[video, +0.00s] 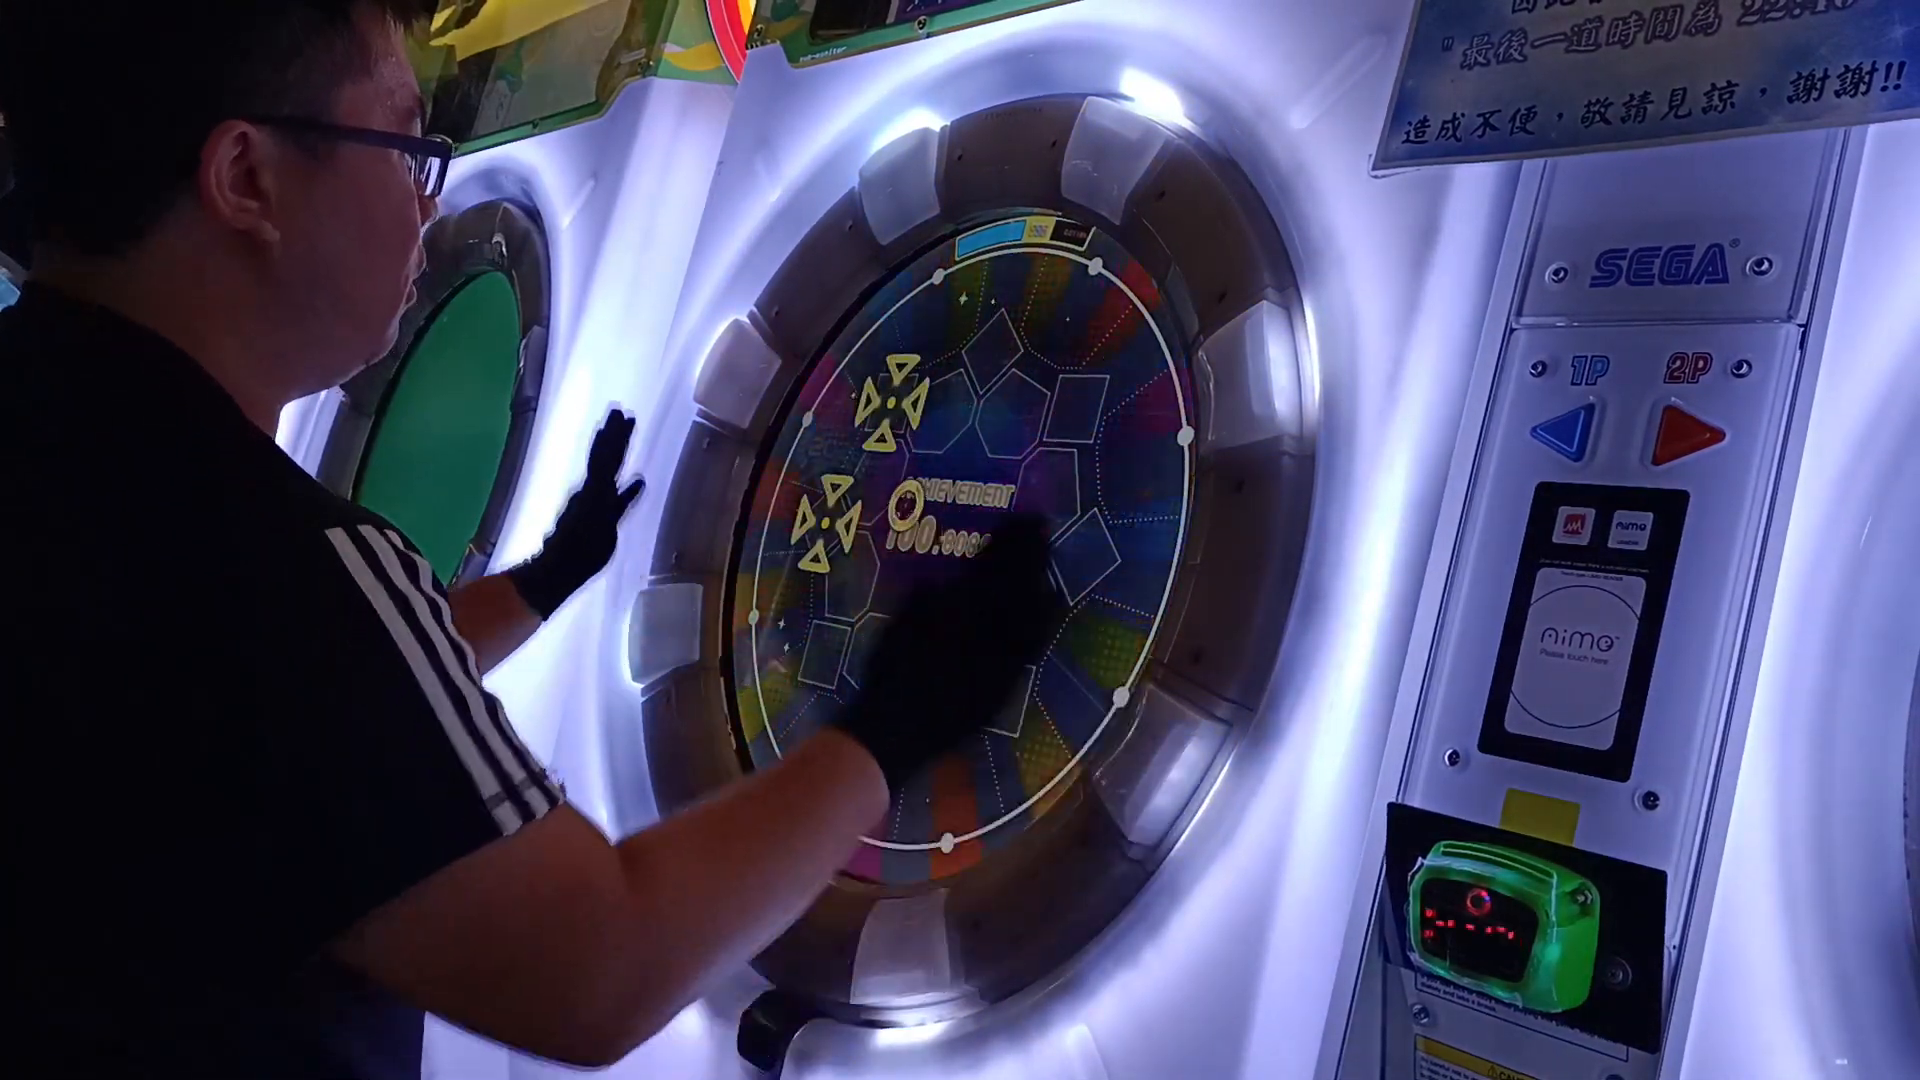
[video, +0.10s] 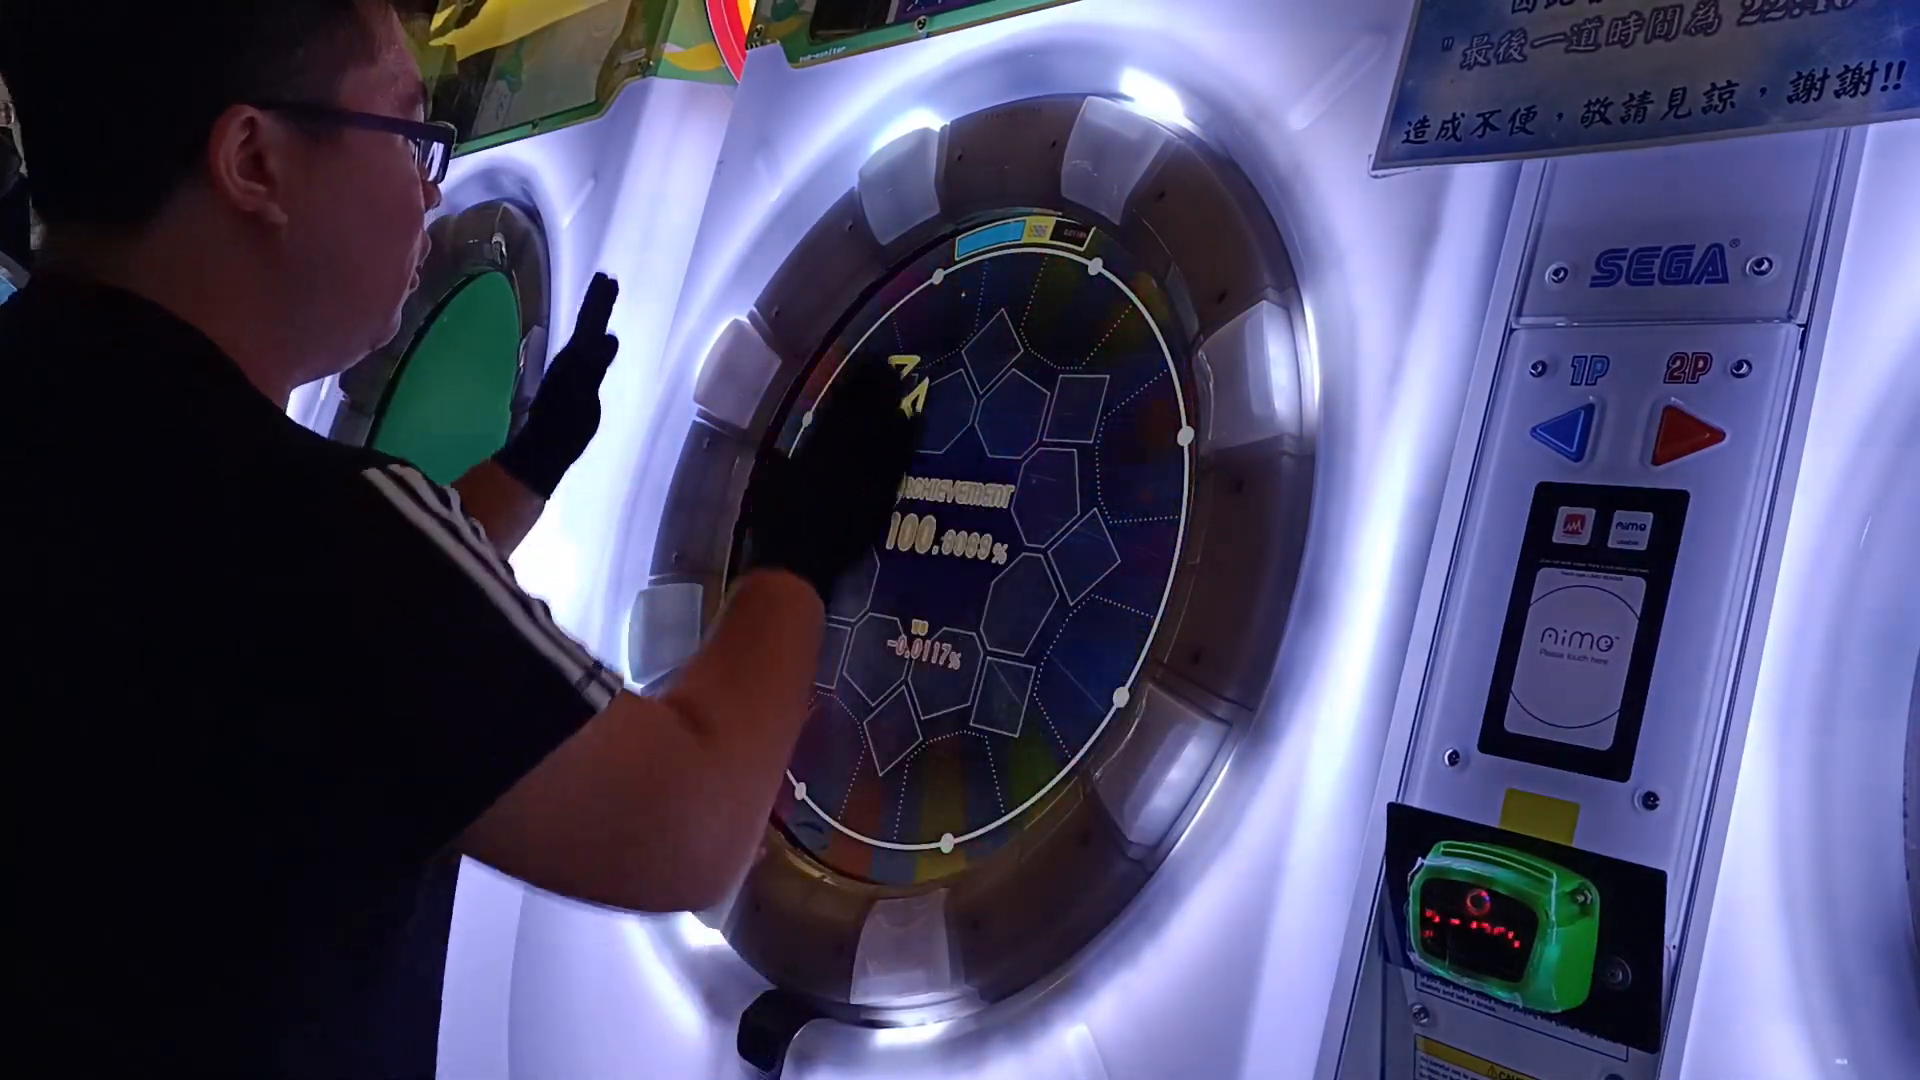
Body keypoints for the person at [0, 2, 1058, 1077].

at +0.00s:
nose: (433, 201)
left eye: (426, 149)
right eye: (408, 148)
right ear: (244, 184)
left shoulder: (29, 418)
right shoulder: (270, 568)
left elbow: (269, 736)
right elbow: (595, 974)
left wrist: (541, 579)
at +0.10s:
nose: (429, 186)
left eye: (419, 138)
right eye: (408, 132)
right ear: (253, 166)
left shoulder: (24, 406)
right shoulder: (315, 534)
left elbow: (292, 707)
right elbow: (684, 833)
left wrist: (527, 464)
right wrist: (798, 559)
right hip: (293, 1044)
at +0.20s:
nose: (441, 190)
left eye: (437, 141)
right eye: (421, 139)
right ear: (268, 167)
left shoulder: (36, 400)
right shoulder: (354, 521)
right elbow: (734, 709)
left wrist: (587, 443)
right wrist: (788, 499)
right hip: (311, 1041)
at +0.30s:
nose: (448, 201)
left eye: (438, 153)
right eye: (425, 149)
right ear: (273, 186)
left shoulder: (25, 414)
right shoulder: (368, 522)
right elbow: (716, 720)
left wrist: (643, 461)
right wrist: (827, 524)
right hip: (331, 1048)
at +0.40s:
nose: (453, 221)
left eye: (445, 172)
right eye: (429, 168)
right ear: (264, 181)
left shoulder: (26, 418)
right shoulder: (332, 532)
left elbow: (327, 703)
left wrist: (574, 506)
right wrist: (836, 627)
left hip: (59, 1041)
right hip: (319, 1055)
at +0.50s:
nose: (458, 219)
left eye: (451, 166)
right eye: (430, 163)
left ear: (251, 178)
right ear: (254, 173)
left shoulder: (53, 402)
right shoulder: (269, 494)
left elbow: (305, 711)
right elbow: (456, 991)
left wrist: (558, 570)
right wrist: (860, 855)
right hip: (265, 1052)